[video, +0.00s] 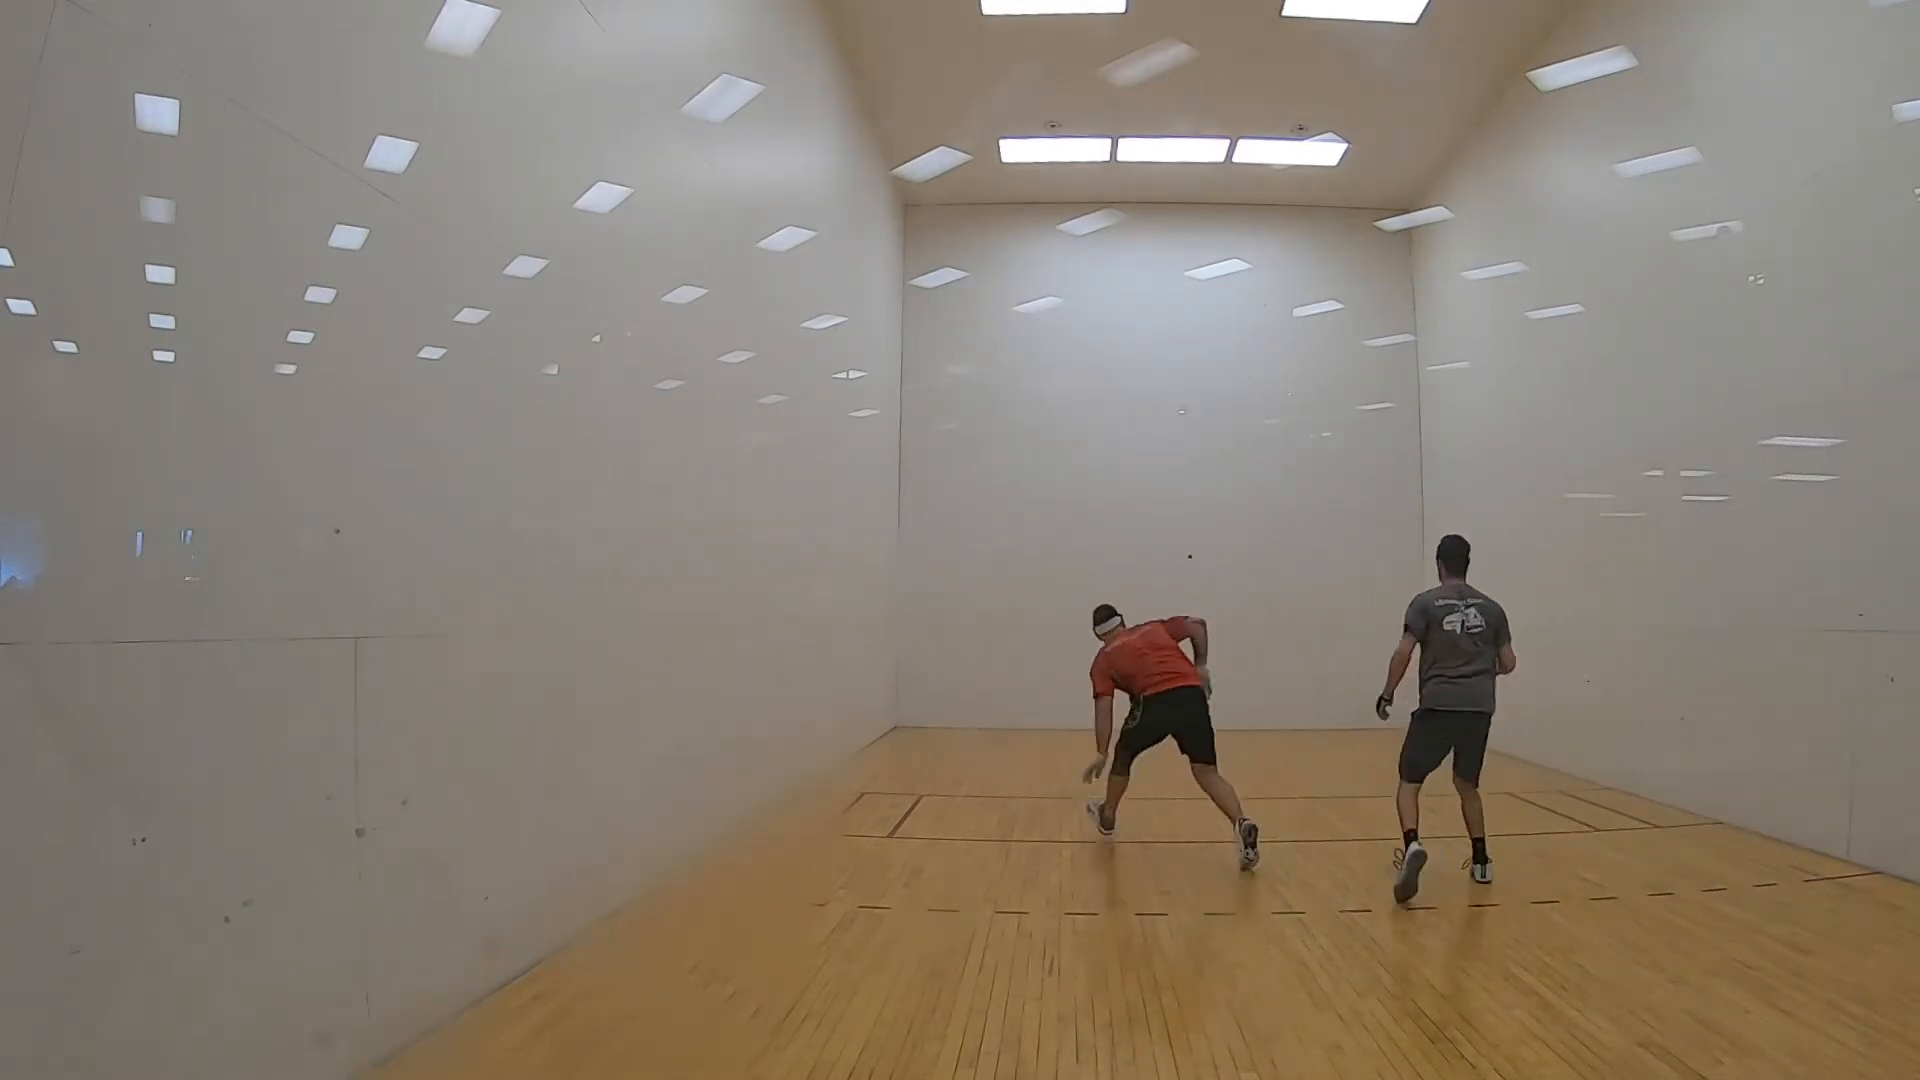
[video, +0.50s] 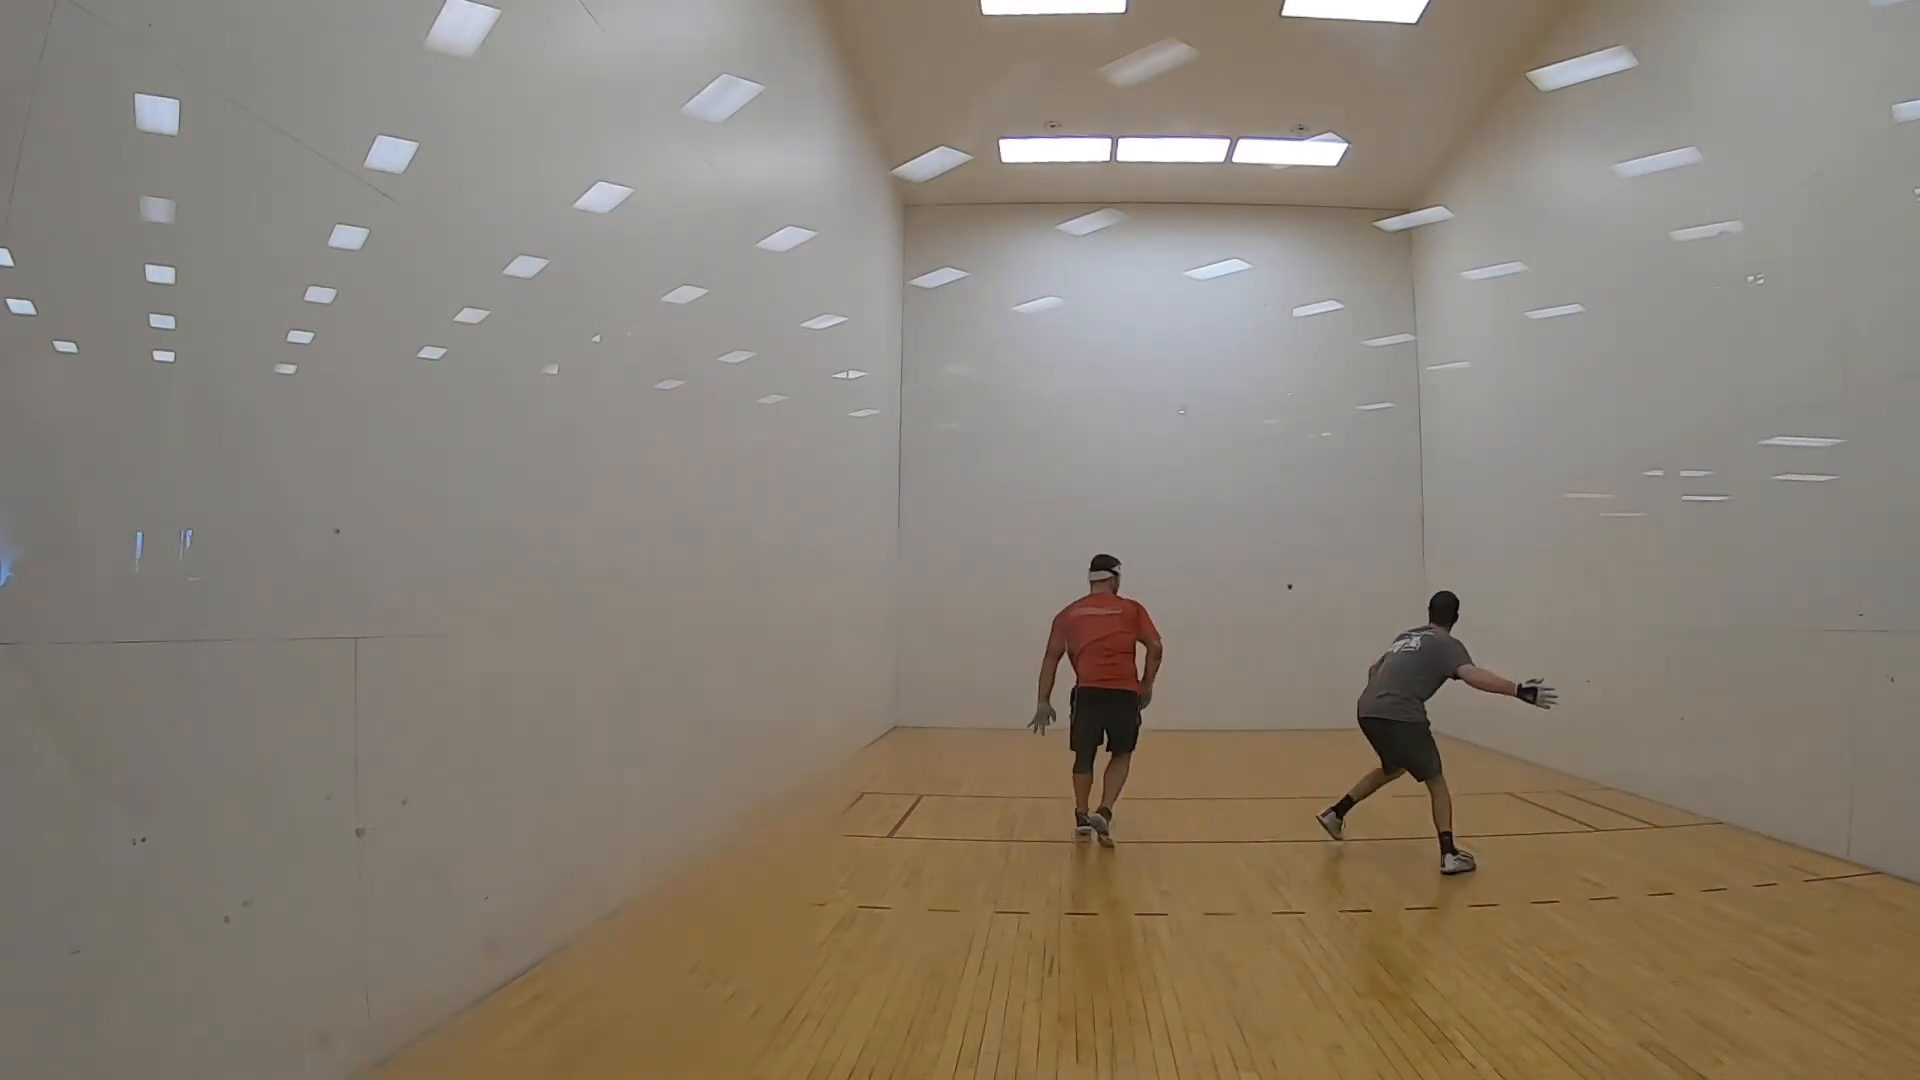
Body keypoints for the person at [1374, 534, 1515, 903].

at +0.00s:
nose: (1439, 569)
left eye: (1438, 564)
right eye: (1449, 562)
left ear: (1438, 564)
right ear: (1468, 564)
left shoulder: (1424, 603)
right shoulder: (1491, 608)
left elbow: (1404, 651)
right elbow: (1507, 664)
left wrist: (1388, 693)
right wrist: (1476, 664)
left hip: (1436, 709)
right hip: (1478, 712)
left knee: (1409, 782)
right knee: (1466, 782)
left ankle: (1411, 846)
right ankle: (1481, 862)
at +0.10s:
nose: (1439, 593)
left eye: (1436, 587)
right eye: (1454, 588)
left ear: (1431, 591)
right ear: (1463, 592)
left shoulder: (1411, 631)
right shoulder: (1478, 635)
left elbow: (1381, 681)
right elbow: (1505, 686)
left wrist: (1379, 709)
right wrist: (1526, 666)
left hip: (1417, 736)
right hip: (1462, 737)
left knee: (1406, 809)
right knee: (1457, 786)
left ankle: (1413, 884)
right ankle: (1471, 859)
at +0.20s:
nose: (1434, 601)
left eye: (1431, 595)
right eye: (1450, 597)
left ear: (1428, 600)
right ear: (1459, 602)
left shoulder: (1402, 636)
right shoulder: (1468, 641)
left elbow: (1383, 690)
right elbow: (1503, 685)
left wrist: (1414, 692)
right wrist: (1546, 674)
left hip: (1404, 741)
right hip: (1448, 741)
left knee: (1405, 814)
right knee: (1455, 773)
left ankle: (1415, 885)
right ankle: (1462, 845)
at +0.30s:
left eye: (1438, 594)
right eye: (1458, 598)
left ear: (1433, 598)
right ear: (1462, 602)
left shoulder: (1410, 628)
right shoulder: (1464, 637)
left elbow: (1397, 664)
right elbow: (1500, 677)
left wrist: (1447, 675)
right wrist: (1551, 677)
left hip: (1391, 721)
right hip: (1435, 720)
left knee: (1394, 795)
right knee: (1457, 772)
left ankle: (1399, 849)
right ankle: (1452, 853)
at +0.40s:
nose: (1457, 609)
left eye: (1447, 604)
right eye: (1461, 606)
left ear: (1435, 606)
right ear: (1462, 610)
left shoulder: (1412, 632)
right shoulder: (1457, 641)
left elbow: (1403, 674)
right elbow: (1493, 676)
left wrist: (1433, 696)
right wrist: (1542, 682)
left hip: (1381, 717)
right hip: (1420, 718)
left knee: (1401, 793)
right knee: (1444, 780)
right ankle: (1450, 856)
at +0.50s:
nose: (1452, 620)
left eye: (1445, 612)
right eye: (1454, 615)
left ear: (1428, 613)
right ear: (1455, 618)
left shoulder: (1406, 637)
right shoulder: (1449, 645)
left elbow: (1375, 669)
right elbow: (1473, 676)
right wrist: (1518, 689)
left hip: (1369, 713)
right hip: (1404, 716)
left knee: (1393, 768)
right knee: (1435, 782)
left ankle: (1335, 813)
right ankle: (1449, 854)